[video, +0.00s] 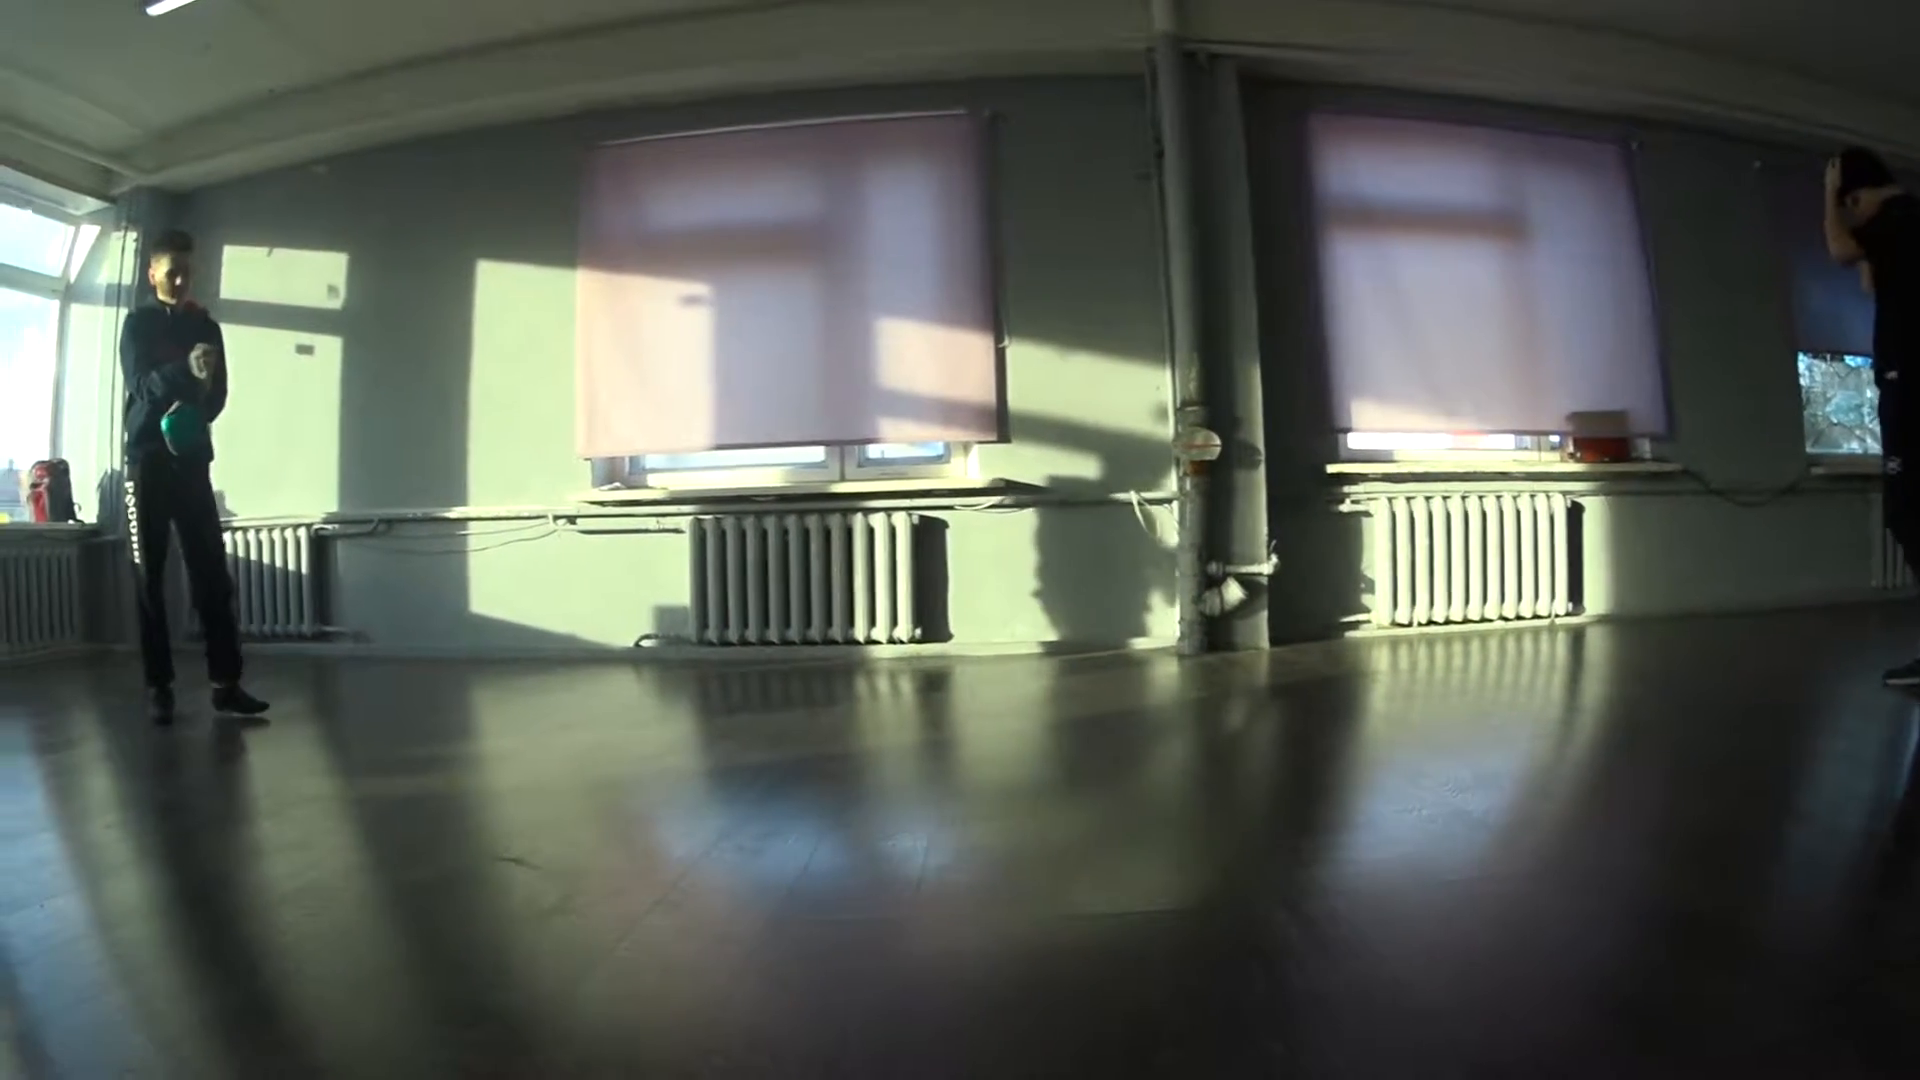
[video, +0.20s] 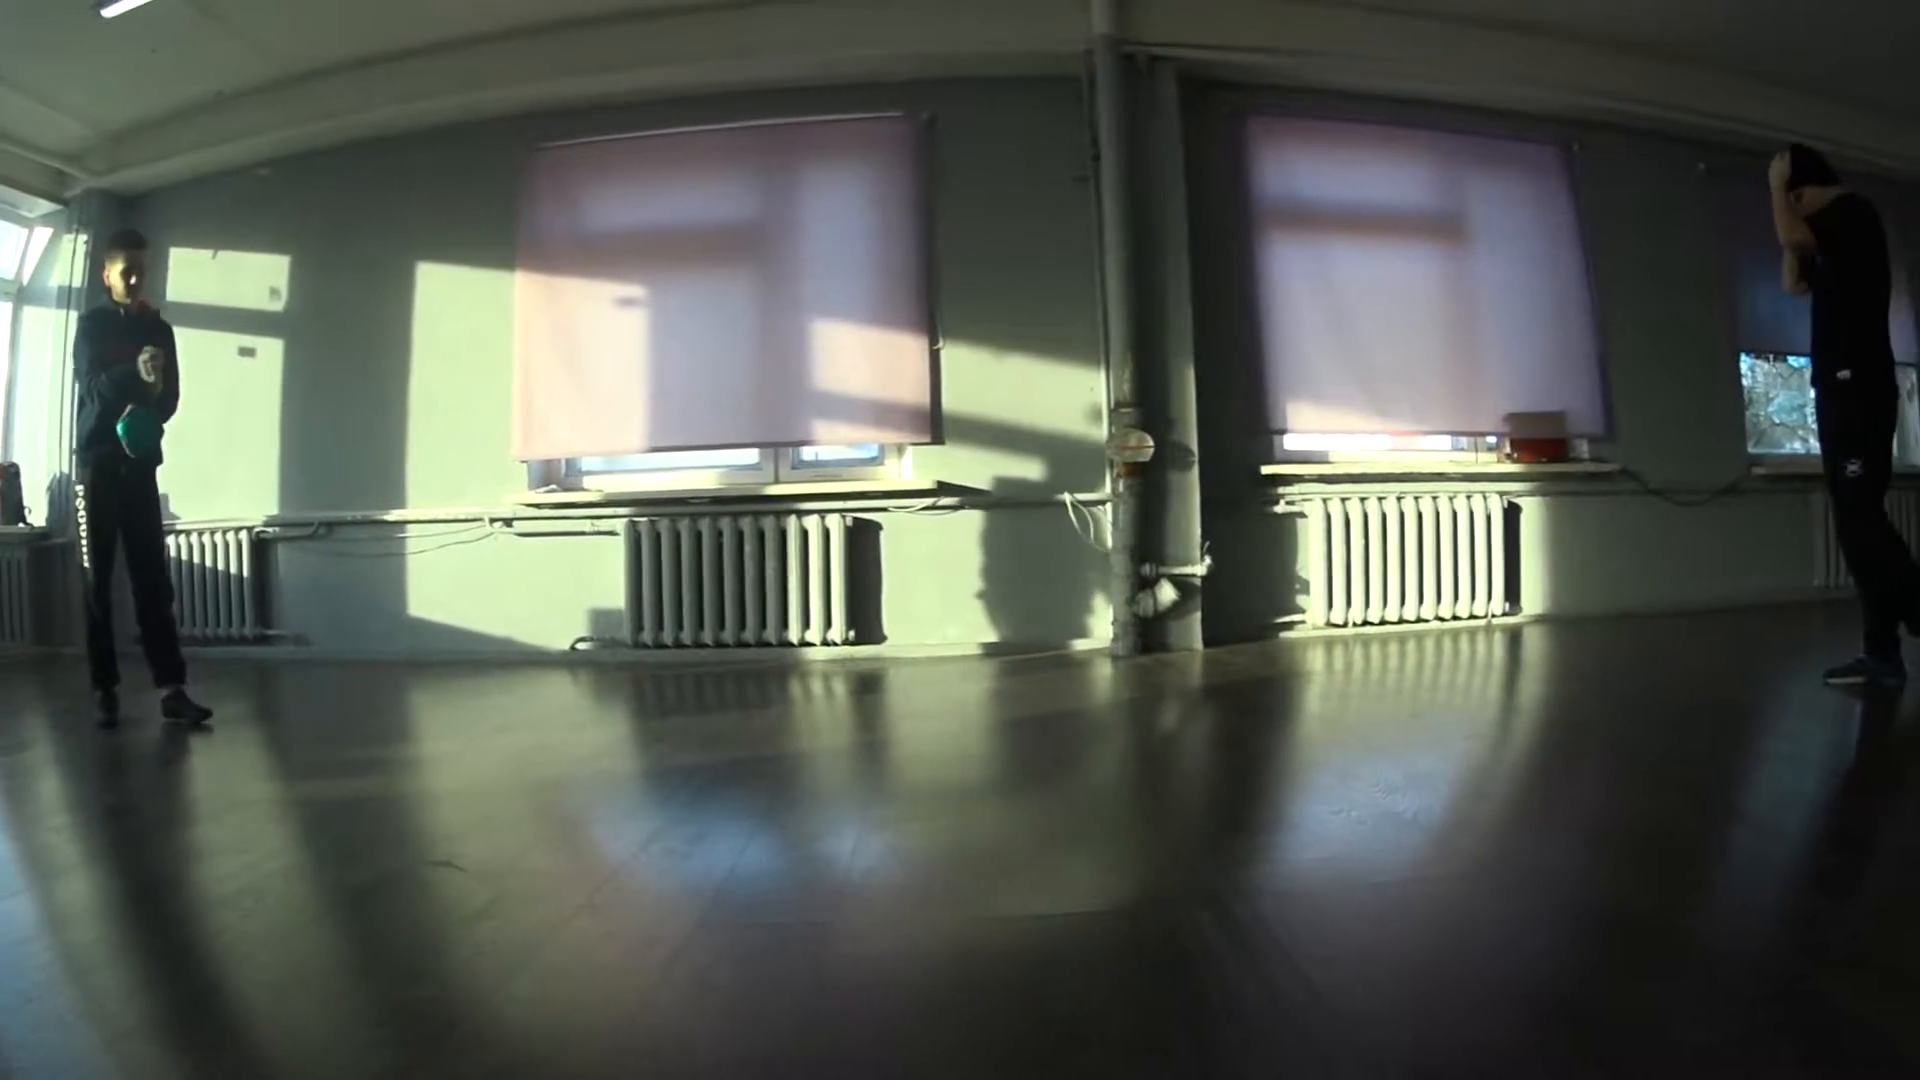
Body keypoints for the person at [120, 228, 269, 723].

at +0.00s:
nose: (179, 280)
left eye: (185, 271)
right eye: (170, 272)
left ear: (194, 273)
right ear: (149, 274)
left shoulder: (205, 325)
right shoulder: (138, 323)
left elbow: (216, 395)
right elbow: (143, 387)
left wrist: (196, 415)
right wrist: (189, 366)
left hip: (194, 458)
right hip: (148, 460)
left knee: (212, 572)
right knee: (152, 574)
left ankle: (226, 685)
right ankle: (160, 688)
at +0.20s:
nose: (134, 279)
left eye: (140, 271)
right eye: (125, 271)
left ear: (147, 273)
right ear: (105, 274)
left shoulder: (158, 330)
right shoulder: (92, 324)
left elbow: (167, 403)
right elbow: (90, 389)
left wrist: (155, 396)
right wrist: (135, 370)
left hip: (142, 463)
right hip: (98, 463)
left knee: (153, 577)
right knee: (99, 578)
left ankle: (172, 691)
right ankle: (105, 691)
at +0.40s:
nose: (130, 274)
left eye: (136, 267)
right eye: (122, 266)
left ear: (142, 270)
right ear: (101, 269)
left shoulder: (152, 325)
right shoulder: (85, 318)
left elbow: (171, 399)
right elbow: (88, 379)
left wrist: (154, 366)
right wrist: (137, 361)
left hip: (134, 461)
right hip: (90, 461)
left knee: (143, 577)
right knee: (88, 576)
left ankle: (154, 693)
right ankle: (87, 692)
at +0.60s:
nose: (144, 270)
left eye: (150, 262)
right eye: (136, 262)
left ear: (156, 266)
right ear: (116, 265)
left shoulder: (162, 321)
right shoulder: (100, 315)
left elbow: (191, 393)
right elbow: (106, 372)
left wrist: (172, 349)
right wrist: (159, 352)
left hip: (148, 459)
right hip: (104, 457)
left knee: (155, 576)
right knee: (97, 573)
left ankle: (152, 694)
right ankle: (86, 694)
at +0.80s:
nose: (151, 270)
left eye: (157, 262)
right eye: (142, 262)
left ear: (164, 265)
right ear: (123, 264)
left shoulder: (170, 321)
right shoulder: (107, 313)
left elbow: (207, 385)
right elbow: (113, 370)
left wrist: (184, 343)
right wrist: (166, 349)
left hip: (153, 459)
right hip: (107, 456)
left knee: (158, 575)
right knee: (102, 571)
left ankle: (151, 696)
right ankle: (87, 695)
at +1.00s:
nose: (148, 268)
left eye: (155, 260)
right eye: (140, 260)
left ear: (162, 263)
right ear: (120, 262)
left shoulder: (169, 318)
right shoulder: (105, 311)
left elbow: (208, 382)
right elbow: (105, 370)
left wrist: (188, 343)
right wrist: (159, 342)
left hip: (152, 458)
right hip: (105, 456)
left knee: (159, 578)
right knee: (100, 573)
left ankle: (148, 697)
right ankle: (90, 699)